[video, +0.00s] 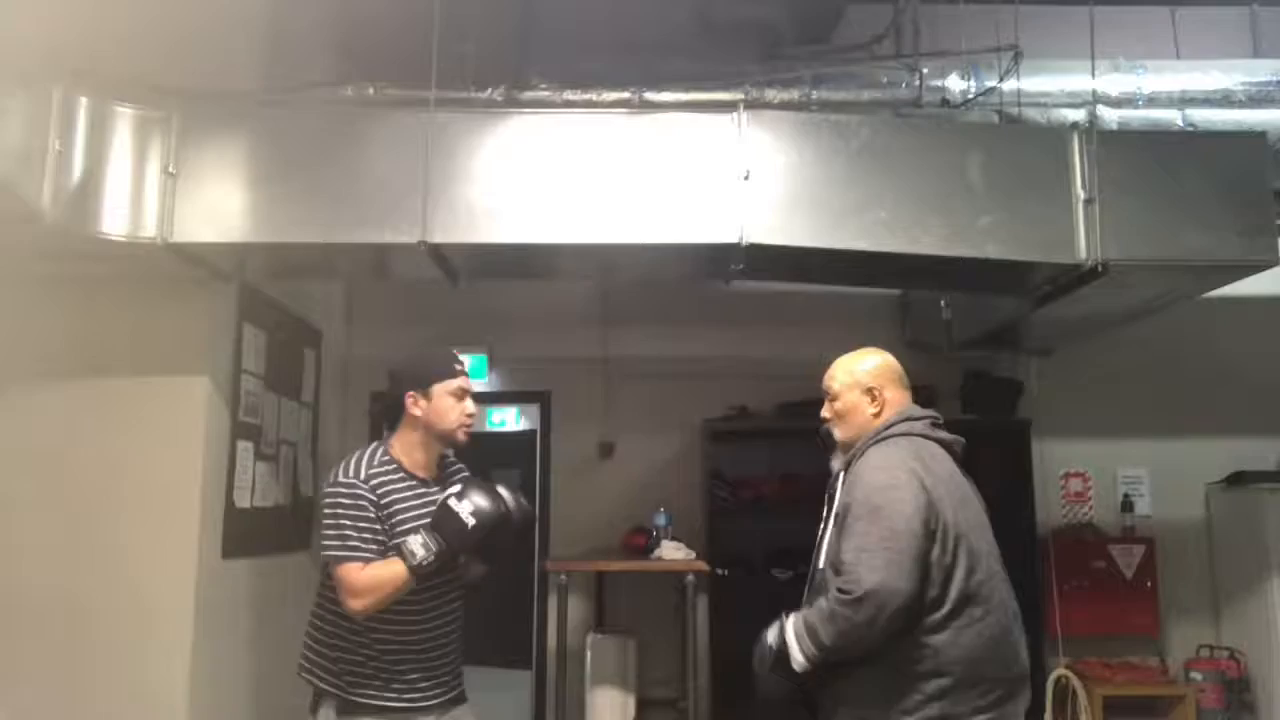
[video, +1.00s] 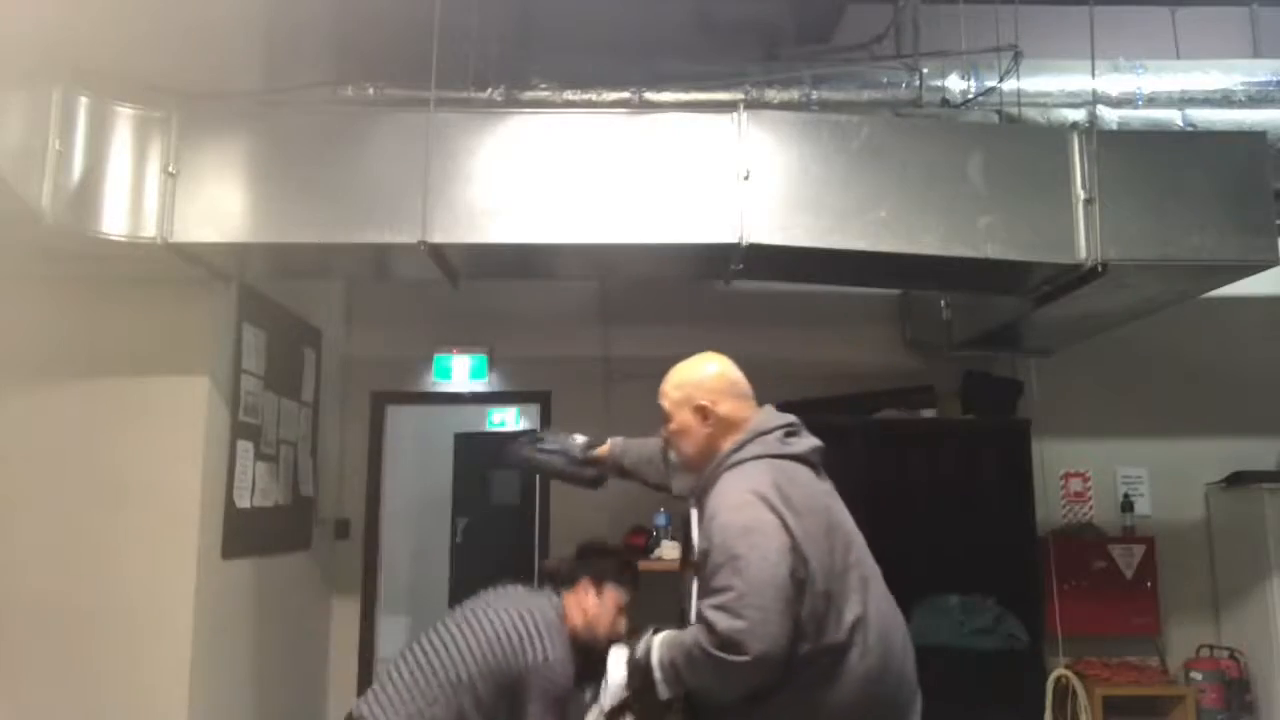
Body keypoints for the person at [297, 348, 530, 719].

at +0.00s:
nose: (473, 410)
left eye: (471, 398)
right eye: (459, 396)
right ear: (415, 403)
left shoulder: (453, 474)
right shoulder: (355, 481)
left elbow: (463, 573)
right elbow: (357, 595)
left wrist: (493, 536)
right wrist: (437, 540)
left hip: (443, 694)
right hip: (362, 701)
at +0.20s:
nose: (464, 430)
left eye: (466, 417)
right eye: (455, 414)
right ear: (411, 409)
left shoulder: (448, 481)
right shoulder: (341, 486)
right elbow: (346, 599)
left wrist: (487, 548)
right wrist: (431, 550)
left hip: (441, 697)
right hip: (357, 704)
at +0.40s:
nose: (490, 445)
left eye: (492, 431)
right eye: (482, 428)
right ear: (440, 418)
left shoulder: (469, 490)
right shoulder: (356, 492)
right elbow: (324, 602)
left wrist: (500, 554)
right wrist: (414, 579)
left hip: (450, 699)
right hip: (365, 704)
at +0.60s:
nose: (537, 508)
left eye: (539, 494)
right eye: (529, 492)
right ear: (492, 488)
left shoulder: (499, 537)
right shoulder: (421, 518)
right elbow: (360, 617)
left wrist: (543, 593)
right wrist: (453, 626)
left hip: (448, 703)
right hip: (378, 704)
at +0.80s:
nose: (605, 664)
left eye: (609, 653)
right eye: (604, 650)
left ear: (570, 637)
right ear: (570, 638)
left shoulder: (530, 660)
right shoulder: (485, 674)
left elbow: (532, 714)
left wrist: (582, 710)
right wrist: (569, 713)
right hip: (361, 715)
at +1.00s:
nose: (623, 626)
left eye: (625, 613)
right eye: (620, 608)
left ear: (585, 591)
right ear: (587, 591)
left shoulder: (516, 596)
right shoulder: (551, 656)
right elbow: (546, 713)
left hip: (369, 707)